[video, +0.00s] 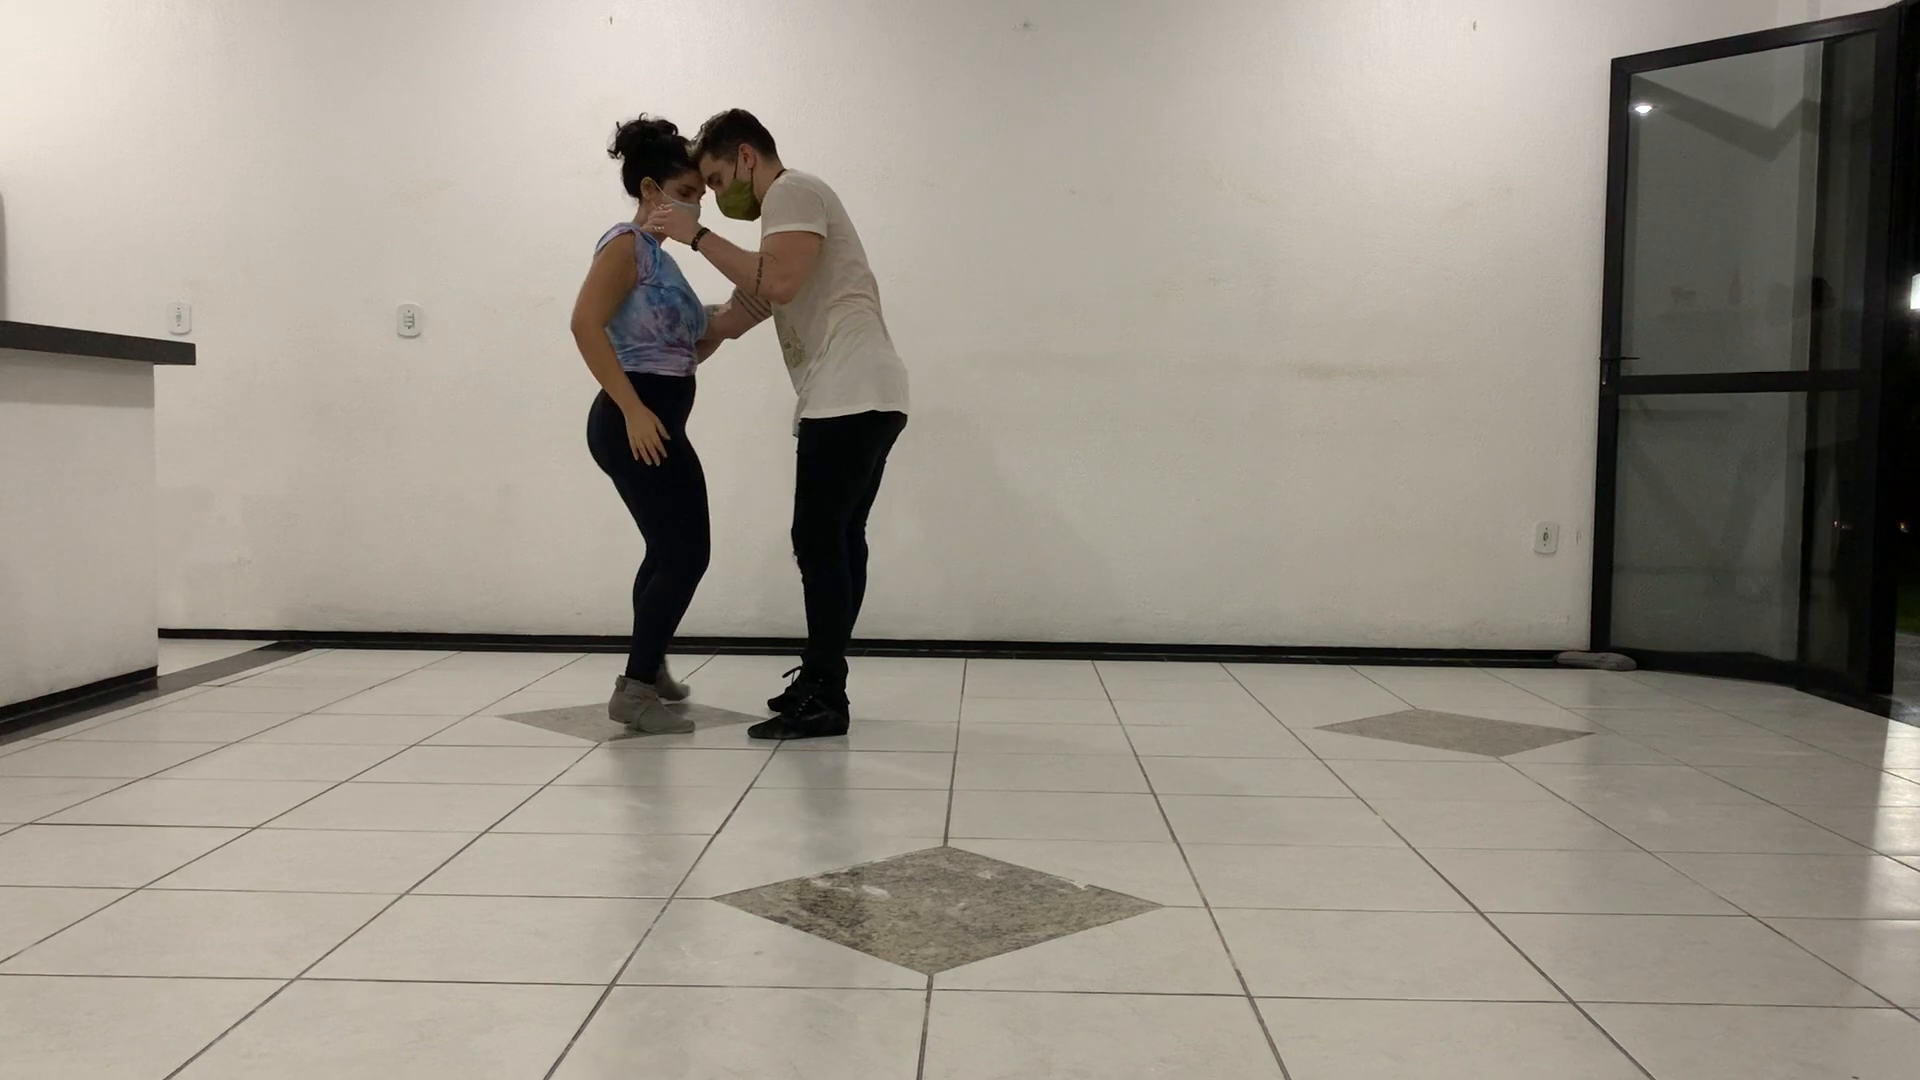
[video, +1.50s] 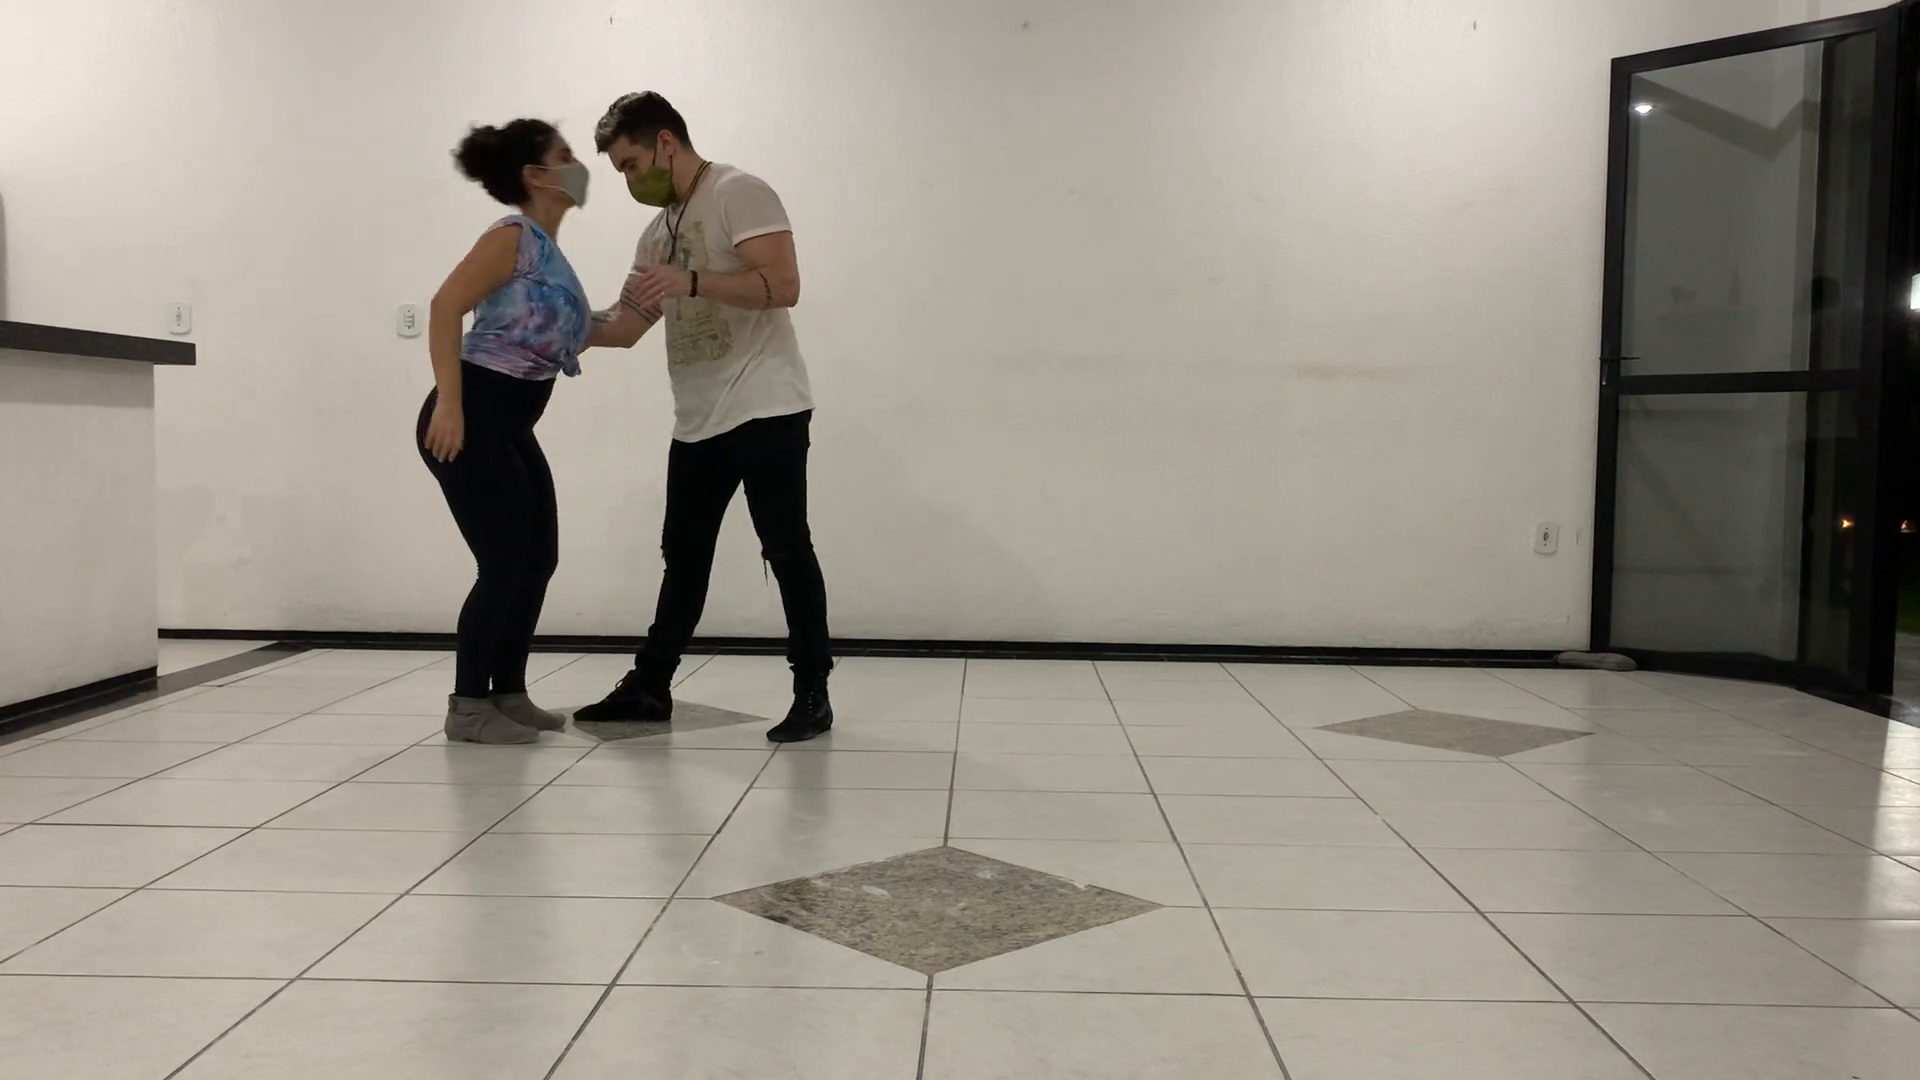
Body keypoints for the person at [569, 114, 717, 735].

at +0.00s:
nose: (698, 203)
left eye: (698, 192)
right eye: (689, 191)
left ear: (670, 194)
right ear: (653, 191)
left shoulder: (657, 257)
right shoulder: (625, 248)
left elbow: (688, 346)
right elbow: (585, 325)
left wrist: (741, 311)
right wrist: (633, 409)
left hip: (659, 413)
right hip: (636, 415)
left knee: (678, 548)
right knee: (681, 548)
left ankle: (648, 668)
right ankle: (636, 685)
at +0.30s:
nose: (673, 219)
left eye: (678, 208)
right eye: (666, 206)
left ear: (644, 198)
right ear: (629, 197)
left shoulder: (622, 264)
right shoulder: (596, 245)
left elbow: (641, 356)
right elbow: (526, 292)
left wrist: (690, 313)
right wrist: (575, 376)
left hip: (580, 421)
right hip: (595, 418)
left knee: (621, 559)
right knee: (656, 548)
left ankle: (552, 676)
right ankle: (631, 690)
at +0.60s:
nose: (655, 223)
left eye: (660, 211)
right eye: (648, 210)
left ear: (619, 203)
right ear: (609, 201)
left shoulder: (605, 275)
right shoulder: (565, 248)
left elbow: (613, 356)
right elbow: (477, 284)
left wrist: (669, 315)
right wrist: (507, 376)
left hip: (521, 418)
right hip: (528, 415)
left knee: (540, 564)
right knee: (582, 552)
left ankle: (524, 700)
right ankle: (612, 696)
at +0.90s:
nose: (646, 214)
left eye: (648, 203)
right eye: (638, 201)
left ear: (613, 199)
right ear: (598, 195)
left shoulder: (598, 276)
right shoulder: (546, 239)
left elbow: (594, 361)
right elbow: (451, 277)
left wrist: (666, 330)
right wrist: (459, 372)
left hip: (537, 421)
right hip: (492, 411)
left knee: (539, 559)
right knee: (525, 554)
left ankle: (524, 702)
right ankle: (543, 700)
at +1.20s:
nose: (632, 196)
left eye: (633, 184)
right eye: (621, 183)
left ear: (606, 191)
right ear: (582, 184)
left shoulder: (584, 274)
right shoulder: (533, 232)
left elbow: (576, 361)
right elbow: (439, 273)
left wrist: (640, 333)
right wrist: (434, 371)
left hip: (533, 418)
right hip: (480, 408)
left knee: (542, 556)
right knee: (506, 554)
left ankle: (513, 697)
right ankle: (470, 705)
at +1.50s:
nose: (579, 163)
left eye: (573, 153)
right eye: (565, 157)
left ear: (543, 175)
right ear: (534, 176)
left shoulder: (549, 261)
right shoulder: (512, 238)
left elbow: (620, 333)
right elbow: (445, 305)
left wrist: (658, 284)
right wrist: (448, 402)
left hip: (512, 419)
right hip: (472, 413)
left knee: (538, 552)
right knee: (506, 556)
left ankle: (506, 694)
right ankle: (469, 705)